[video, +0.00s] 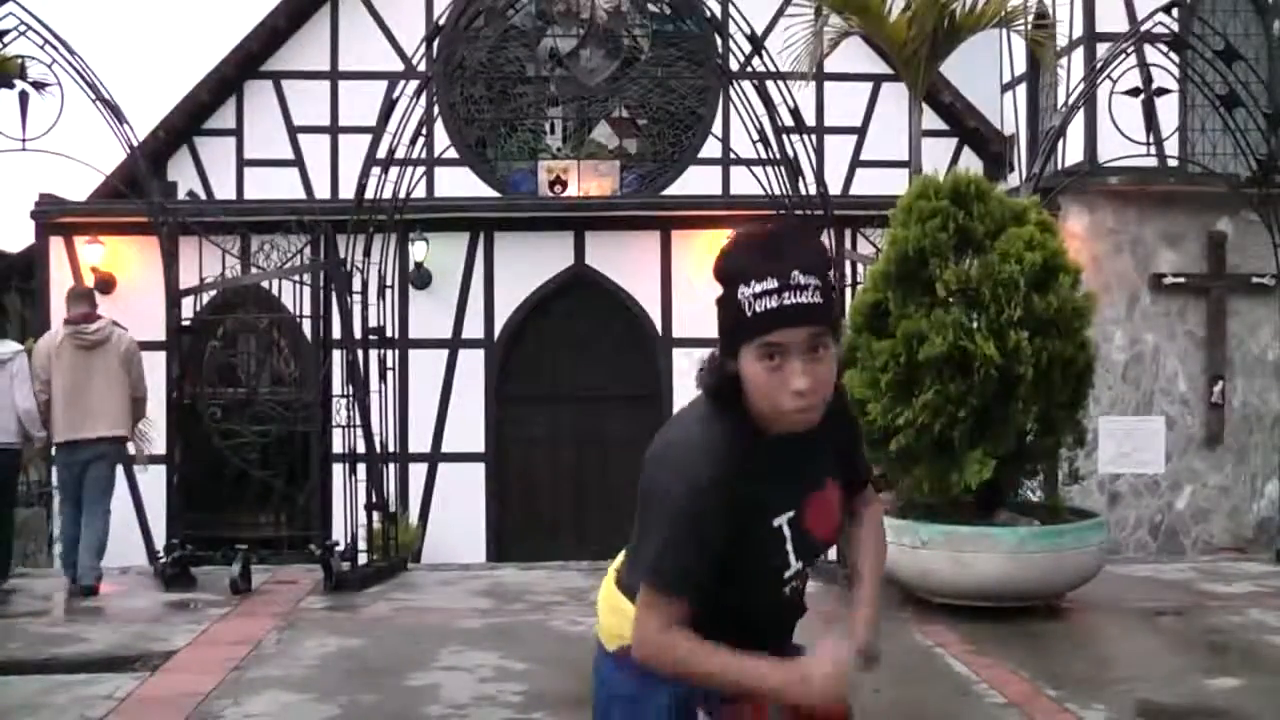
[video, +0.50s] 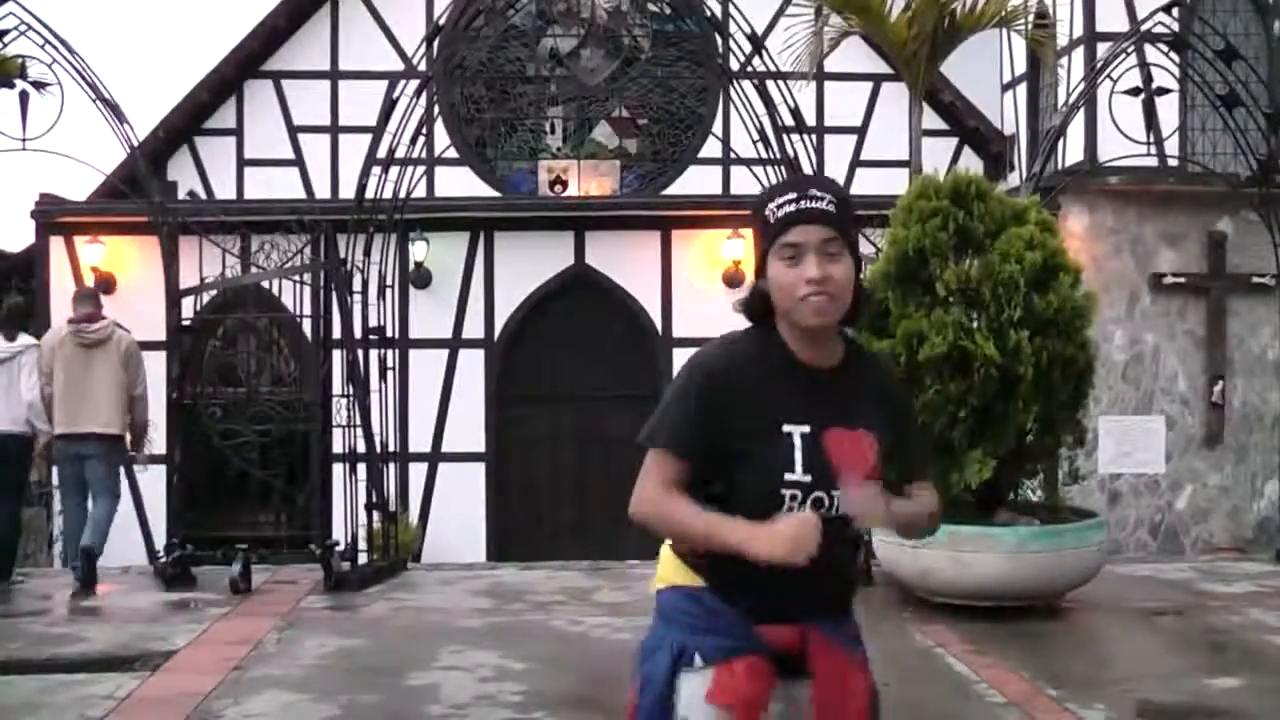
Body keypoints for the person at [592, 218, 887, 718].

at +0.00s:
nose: (800, 379)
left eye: (816, 352)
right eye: (773, 356)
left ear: (836, 349)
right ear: (733, 360)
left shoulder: (830, 414)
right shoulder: (694, 459)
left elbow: (862, 507)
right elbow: (651, 640)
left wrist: (864, 615)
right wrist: (790, 679)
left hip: (759, 646)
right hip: (655, 662)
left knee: (829, 704)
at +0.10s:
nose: (806, 354)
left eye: (823, 326)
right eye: (778, 329)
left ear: (844, 329)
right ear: (740, 337)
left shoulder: (840, 412)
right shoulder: (690, 439)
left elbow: (873, 504)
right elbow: (660, 613)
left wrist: (883, 589)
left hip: (758, 641)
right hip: (653, 650)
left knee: (829, 699)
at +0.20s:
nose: (808, 327)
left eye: (825, 304)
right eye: (783, 306)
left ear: (848, 314)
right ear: (746, 316)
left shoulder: (845, 404)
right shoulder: (694, 415)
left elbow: (880, 491)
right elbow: (656, 579)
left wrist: (892, 542)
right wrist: (798, 561)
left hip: (767, 634)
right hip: (660, 637)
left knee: (825, 704)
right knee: (657, 707)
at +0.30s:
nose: (809, 302)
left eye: (826, 279)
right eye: (784, 281)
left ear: (850, 288)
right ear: (748, 292)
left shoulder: (853, 389)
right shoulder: (699, 397)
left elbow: (898, 520)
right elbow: (648, 550)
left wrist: (901, 497)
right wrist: (785, 573)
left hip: (785, 642)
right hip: (678, 642)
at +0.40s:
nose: (811, 279)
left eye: (827, 259)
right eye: (787, 263)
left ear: (849, 272)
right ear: (756, 280)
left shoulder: (861, 383)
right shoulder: (711, 381)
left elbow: (916, 523)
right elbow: (642, 518)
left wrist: (896, 481)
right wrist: (757, 578)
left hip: (813, 643)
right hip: (703, 643)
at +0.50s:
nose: (815, 272)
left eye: (832, 253)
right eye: (793, 257)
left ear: (855, 267)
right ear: (764, 275)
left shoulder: (874, 380)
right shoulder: (718, 372)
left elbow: (926, 507)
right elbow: (648, 500)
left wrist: (888, 510)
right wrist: (754, 536)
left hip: (822, 607)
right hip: (713, 602)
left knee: (851, 702)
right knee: (727, 693)